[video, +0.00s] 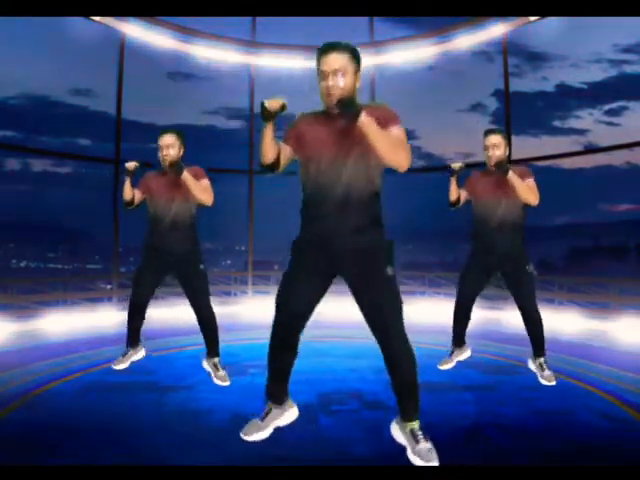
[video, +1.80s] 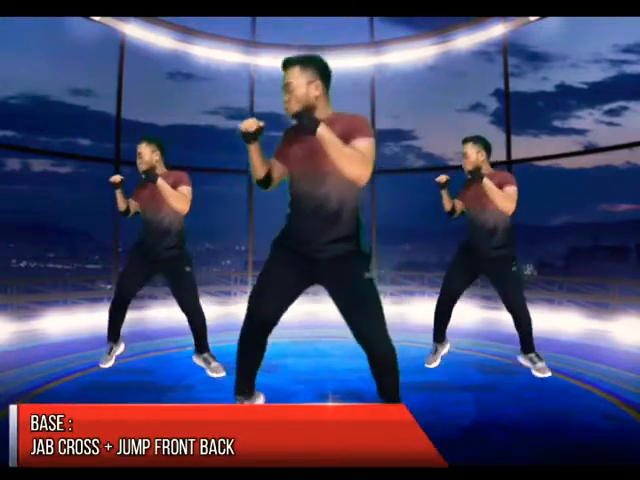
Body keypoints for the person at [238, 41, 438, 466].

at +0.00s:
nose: (333, 81)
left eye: (341, 73)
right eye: (326, 74)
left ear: (357, 76)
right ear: (318, 80)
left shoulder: (378, 117)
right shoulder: (305, 127)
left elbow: (400, 161)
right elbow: (272, 164)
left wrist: (361, 120)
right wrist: (269, 122)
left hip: (365, 246)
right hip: (314, 246)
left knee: (392, 336)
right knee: (285, 324)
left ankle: (409, 423)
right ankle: (278, 405)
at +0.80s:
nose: (312, 94)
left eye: (319, 87)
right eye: (311, 87)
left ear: (344, 90)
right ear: (317, 91)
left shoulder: (371, 132)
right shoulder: (314, 134)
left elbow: (381, 189)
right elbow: (286, 157)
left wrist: (340, 146)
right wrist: (277, 139)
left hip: (354, 261)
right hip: (313, 258)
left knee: (378, 343)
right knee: (282, 327)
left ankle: (419, 421)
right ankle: (288, 410)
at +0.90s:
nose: (304, 96)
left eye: (309, 89)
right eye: (305, 90)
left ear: (331, 90)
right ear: (328, 91)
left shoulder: (353, 126)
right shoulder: (326, 130)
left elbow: (335, 163)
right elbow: (313, 167)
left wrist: (301, 131)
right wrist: (301, 133)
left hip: (347, 256)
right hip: (316, 255)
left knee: (363, 344)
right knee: (282, 325)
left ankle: (424, 417)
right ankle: (289, 410)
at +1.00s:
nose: (313, 98)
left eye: (317, 91)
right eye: (313, 92)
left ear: (338, 90)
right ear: (339, 92)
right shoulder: (340, 126)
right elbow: (317, 173)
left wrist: (232, 109)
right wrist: (312, 133)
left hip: (348, 257)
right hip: (322, 255)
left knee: (362, 346)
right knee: (286, 324)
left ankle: (418, 416)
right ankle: (289, 410)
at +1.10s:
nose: (316, 99)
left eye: (320, 91)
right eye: (316, 92)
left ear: (341, 89)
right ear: (338, 91)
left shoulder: (358, 119)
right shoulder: (339, 128)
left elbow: (297, 133)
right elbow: (316, 177)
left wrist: (256, 114)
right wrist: (310, 131)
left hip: (356, 254)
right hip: (328, 253)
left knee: (374, 345)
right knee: (291, 325)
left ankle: (423, 424)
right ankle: (290, 415)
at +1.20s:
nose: (311, 100)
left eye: (316, 93)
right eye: (311, 94)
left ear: (340, 93)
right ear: (333, 94)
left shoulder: (371, 125)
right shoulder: (330, 137)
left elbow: (370, 171)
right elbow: (317, 187)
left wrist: (325, 134)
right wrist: (302, 149)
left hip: (369, 256)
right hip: (332, 256)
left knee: (385, 346)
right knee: (296, 330)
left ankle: (424, 428)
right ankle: (289, 417)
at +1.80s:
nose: (284, 94)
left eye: (290, 86)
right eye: (284, 87)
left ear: (317, 87)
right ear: (301, 89)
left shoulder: (355, 126)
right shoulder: (293, 136)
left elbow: (361, 173)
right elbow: (267, 181)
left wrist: (319, 128)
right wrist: (252, 142)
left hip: (342, 254)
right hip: (294, 252)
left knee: (377, 342)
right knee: (257, 321)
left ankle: (393, 409)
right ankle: (244, 397)